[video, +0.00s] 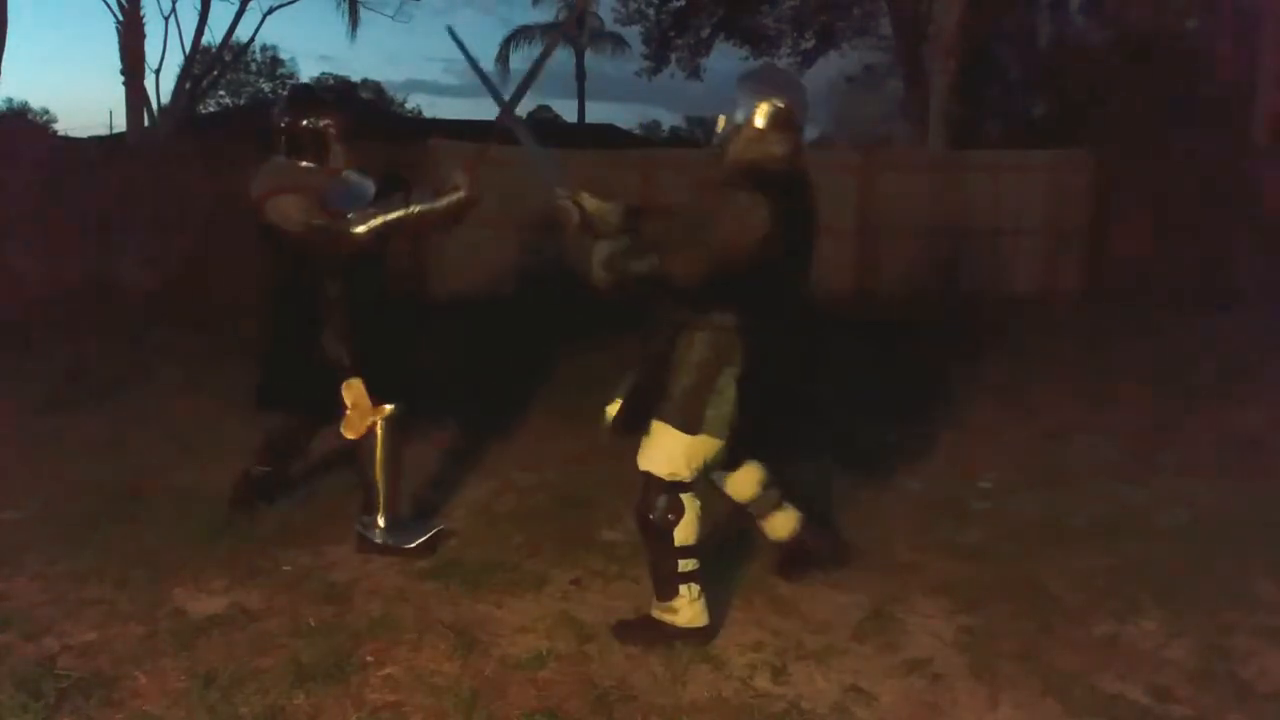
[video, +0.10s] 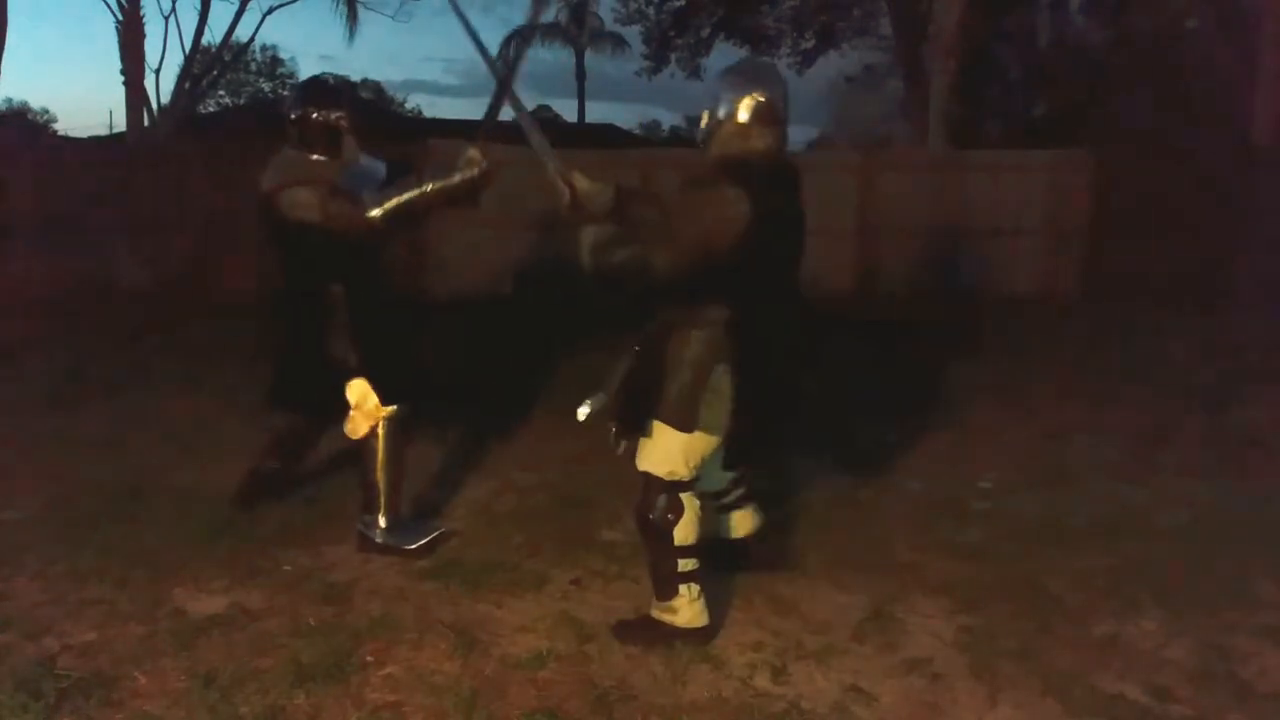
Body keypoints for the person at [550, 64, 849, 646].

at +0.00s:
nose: (743, 138)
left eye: (755, 126)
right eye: (745, 125)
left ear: (773, 132)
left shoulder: (763, 194)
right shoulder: (760, 182)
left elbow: (700, 262)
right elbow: (691, 227)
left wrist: (624, 260)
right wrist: (618, 219)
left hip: (722, 340)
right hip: (731, 332)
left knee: (665, 473)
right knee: (715, 449)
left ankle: (680, 611)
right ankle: (797, 537)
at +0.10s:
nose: (711, 132)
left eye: (719, 120)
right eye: (718, 120)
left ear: (733, 125)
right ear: (769, 129)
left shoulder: (736, 193)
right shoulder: (773, 183)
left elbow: (673, 257)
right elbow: (678, 212)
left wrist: (600, 239)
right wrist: (610, 198)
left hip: (710, 345)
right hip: (746, 337)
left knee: (661, 486)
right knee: (708, 442)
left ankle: (678, 612)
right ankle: (743, 526)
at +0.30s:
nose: (695, 132)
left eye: (706, 122)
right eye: (700, 121)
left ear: (724, 125)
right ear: (743, 126)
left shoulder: (731, 188)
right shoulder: (726, 178)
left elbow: (658, 246)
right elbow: (645, 171)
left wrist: (596, 211)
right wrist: (577, 147)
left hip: (706, 341)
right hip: (694, 335)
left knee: (666, 475)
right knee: (667, 464)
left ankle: (681, 607)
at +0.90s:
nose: (693, 125)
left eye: (702, 115)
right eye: (698, 115)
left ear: (722, 119)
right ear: (751, 122)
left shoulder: (725, 185)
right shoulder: (746, 179)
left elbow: (673, 244)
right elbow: (671, 226)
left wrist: (597, 238)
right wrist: (602, 224)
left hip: (698, 345)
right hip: (711, 340)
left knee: (659, 475)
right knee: (673, 470)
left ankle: (682, 609)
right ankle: (684, 603)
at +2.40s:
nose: (739, 128)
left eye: (747, 117)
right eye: (745, 117)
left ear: (762, 120)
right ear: (804, 121)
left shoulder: (765, 187)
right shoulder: (814, 183)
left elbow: (706, 257)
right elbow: (727, 246)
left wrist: (633, 254)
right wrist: (662, 236)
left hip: (747, 353)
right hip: (784, 345)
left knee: (728, 499)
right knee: (748, 472)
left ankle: (759, 644)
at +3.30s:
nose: (749, 145)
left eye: (758, 135)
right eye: (758, 136)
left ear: (771, 137)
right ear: (809, 142)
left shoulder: (776, 198)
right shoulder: (799, 195)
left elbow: (712, 252)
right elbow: (721, 235)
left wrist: (645, 214)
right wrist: (657, 205)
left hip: (744, 362)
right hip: (782, 349)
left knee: (717, 509)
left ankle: (777, 658)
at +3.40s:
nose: (740, 146)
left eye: (748, 136)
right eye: (747, 136)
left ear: (762, 139)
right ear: (801, 142)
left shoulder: (767, 202)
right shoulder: (794, 198)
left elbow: (704, 235)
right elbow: (713, 213)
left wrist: (643, 208)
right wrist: (655, 184)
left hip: (738, 366)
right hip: (766, 359)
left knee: (725, 510)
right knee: (744, 494)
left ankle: (775, 655)